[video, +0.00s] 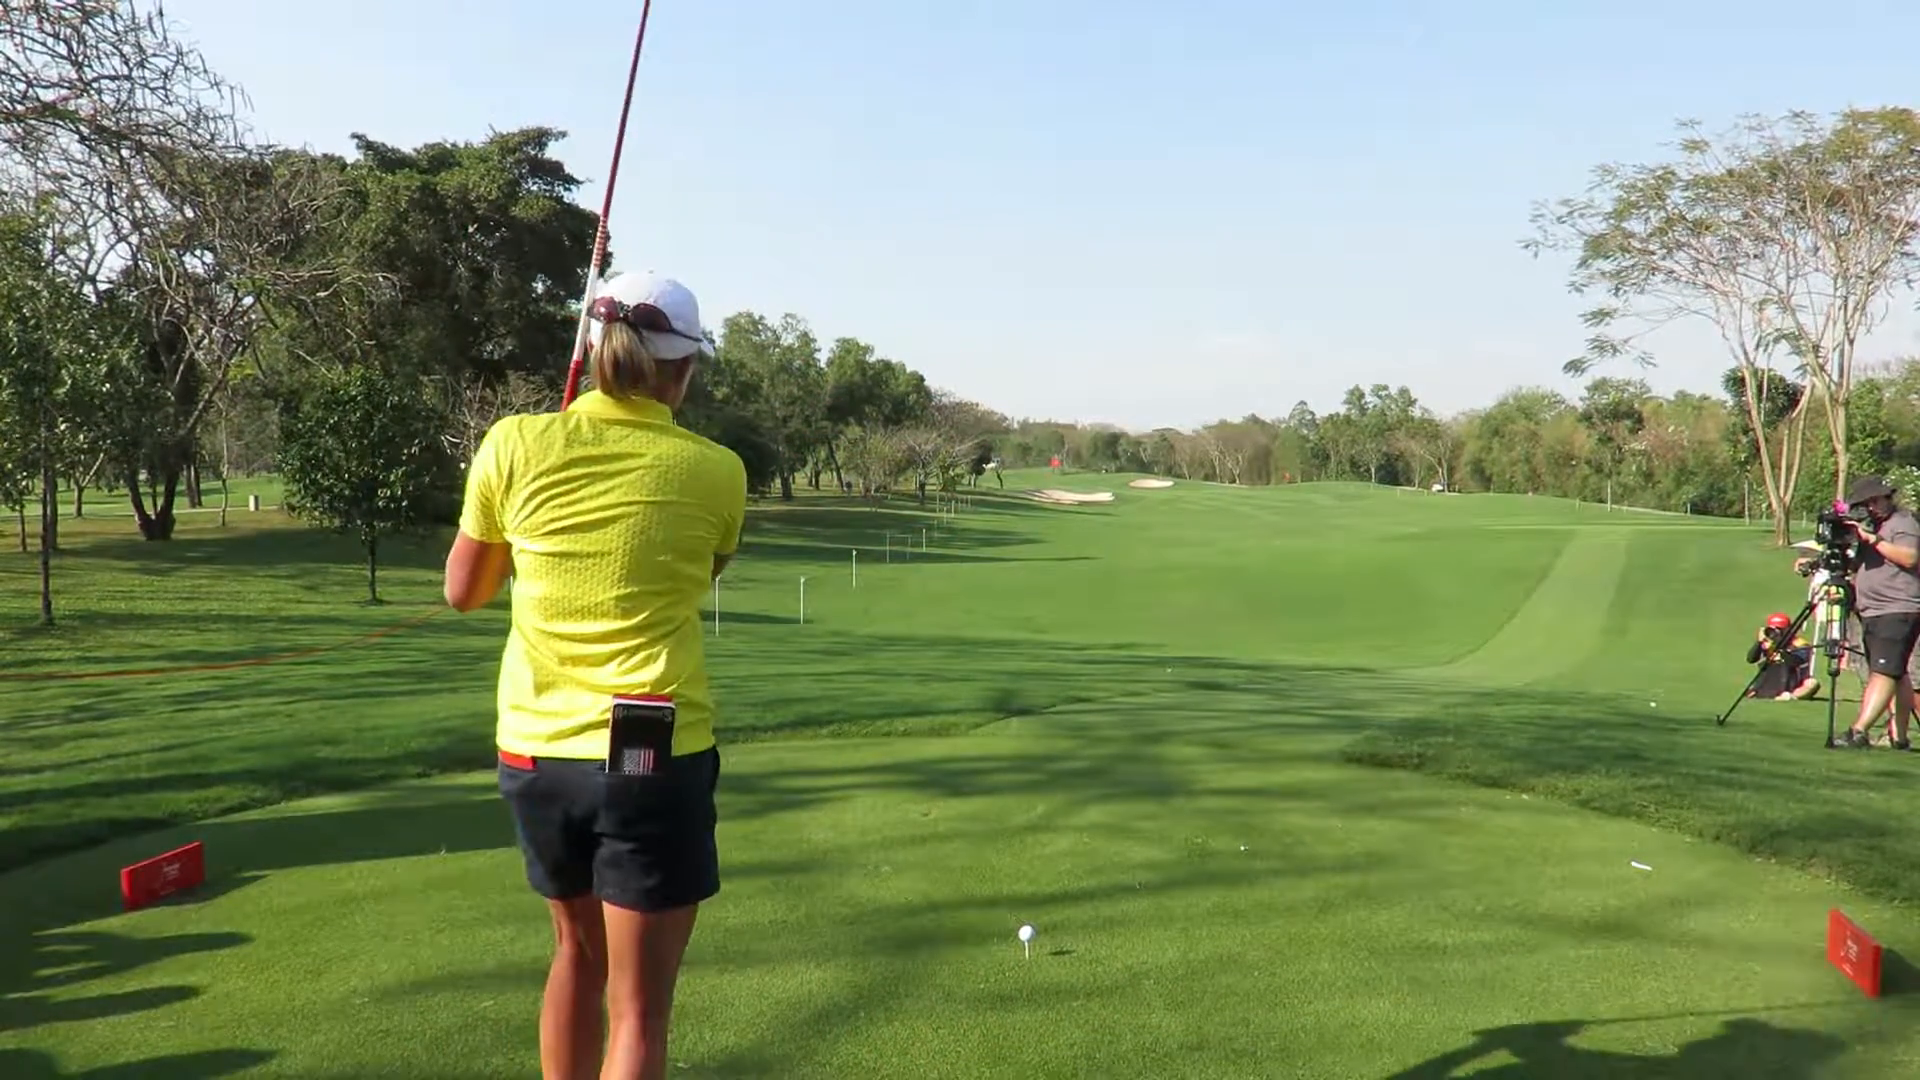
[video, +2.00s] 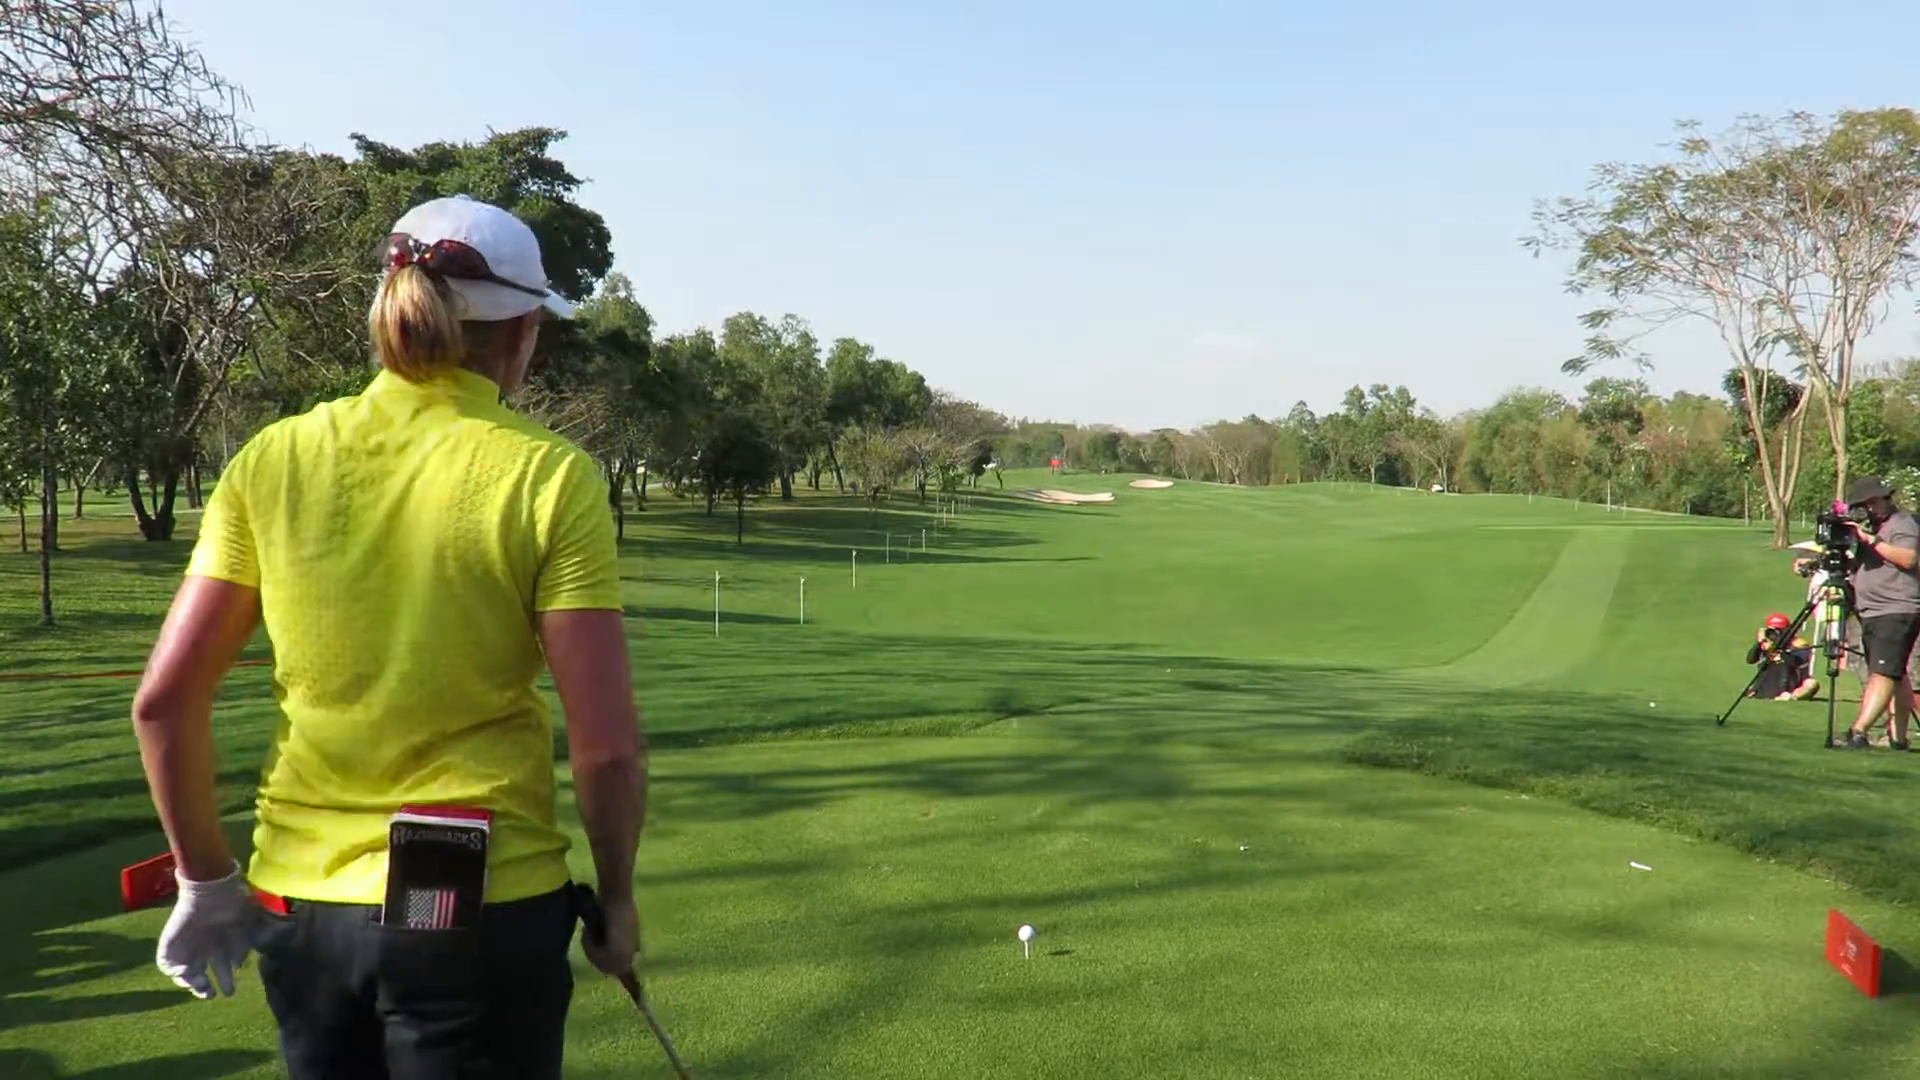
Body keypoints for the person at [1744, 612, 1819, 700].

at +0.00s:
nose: (1774, 635)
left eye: (1778, 631)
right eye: (1771, 631)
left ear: (1786, 631)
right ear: (1767, 632)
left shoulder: (1800, 645)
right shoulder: (1769, 644)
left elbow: (1796, 661)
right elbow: (1751, 659)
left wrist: (1781, 653)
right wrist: (1759, 643)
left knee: (1813, 683)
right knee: (1750, 691)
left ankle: (1792, 696)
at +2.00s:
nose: (1774, 636)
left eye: (1777, 632)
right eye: (1771, 632)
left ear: (1786, 631)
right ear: (1767, 633)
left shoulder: (1799, 644)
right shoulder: (1768, 645)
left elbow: (1798, 661)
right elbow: (1750, 660)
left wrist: (1782, 656)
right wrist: (1759, 643)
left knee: (1813, 683)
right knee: (1749, 691)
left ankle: (1791, 696)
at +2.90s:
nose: (1777, 633)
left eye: (1781, 630)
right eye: (1774, 630)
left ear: (1789, 630)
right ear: (1770, 630)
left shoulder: (1799, 644)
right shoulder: (1767, 642)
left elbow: (1797, 660)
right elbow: (1750, 661)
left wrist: (1782, 655)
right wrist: (1757, 644)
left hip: (1792, 682)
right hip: (1770, 680)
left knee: (1812, 683)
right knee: (1749, 691)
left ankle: (1791, 696)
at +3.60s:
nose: (1772, 634)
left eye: (1776, 630)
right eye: (1770, 630)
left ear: (1785, 630)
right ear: (1769, 629)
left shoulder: (1799, 642)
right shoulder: (1769, 642)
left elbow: (1800, 658)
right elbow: (1751, 658)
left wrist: (1783, 654)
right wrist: (1760, 642)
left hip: (1794, 678)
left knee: (1812, 681)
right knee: (1751, 688)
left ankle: (1791, 694)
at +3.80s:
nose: (1772, 634)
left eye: (1777, 630)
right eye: (1770, 630)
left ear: (1786, 630)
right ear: (1767, 629)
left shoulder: (1799, 643)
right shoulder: (1769, 642)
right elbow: (1750, 657)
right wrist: (1759, 641)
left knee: (1812, 680)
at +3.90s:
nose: (1772, 634)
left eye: (1776, 631)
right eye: (1770, 630)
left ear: (1785, 630)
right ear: (1767, 630)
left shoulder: (1799, 643)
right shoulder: (1769, 642)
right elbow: (1750, 657)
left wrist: (1793, 693)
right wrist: (1759, 641)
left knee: (1812, 680)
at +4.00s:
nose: (1772, 634)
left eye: (1776, 630)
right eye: (1770, 630)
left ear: (1785, 630)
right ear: (1768, 629)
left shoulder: (1800, 642)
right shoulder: (1770, 642)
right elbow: (1751, 657)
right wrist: (1759, 641)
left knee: (1812, 680)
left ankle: (1792, 693)